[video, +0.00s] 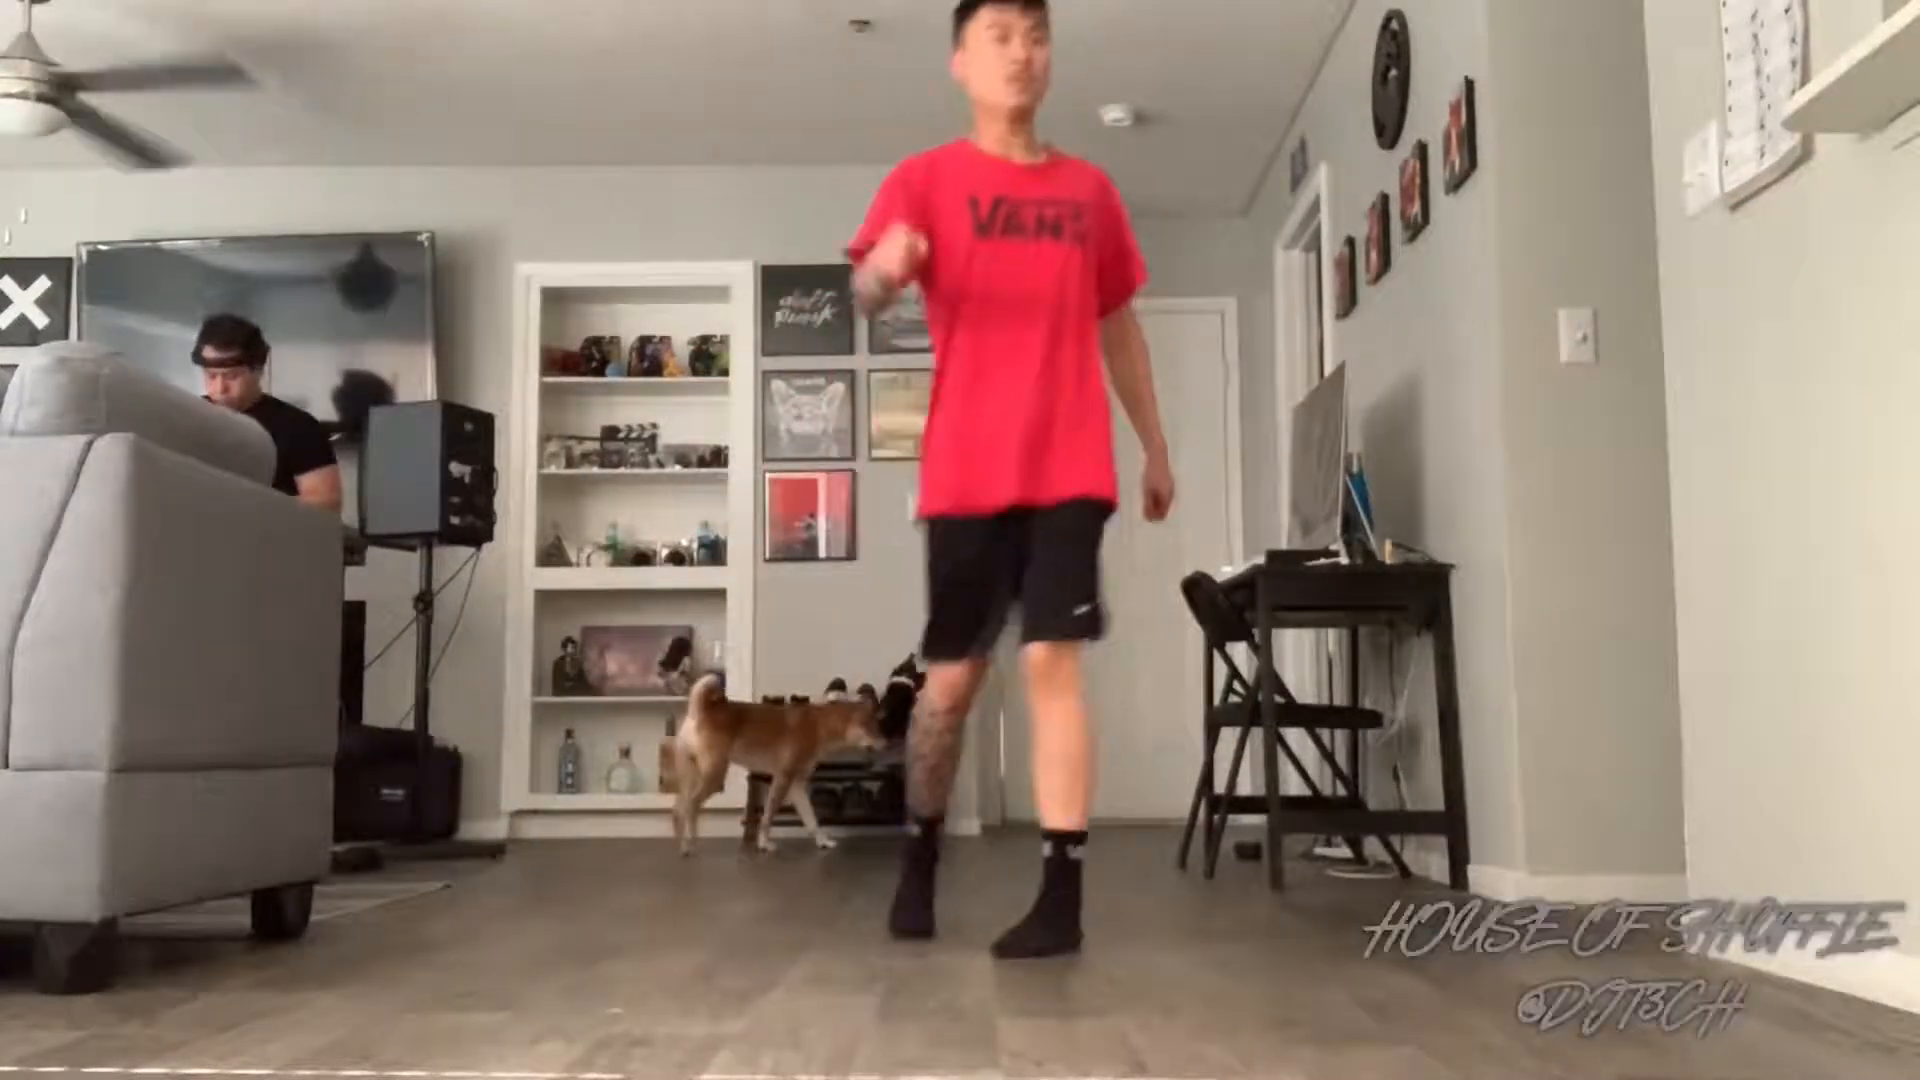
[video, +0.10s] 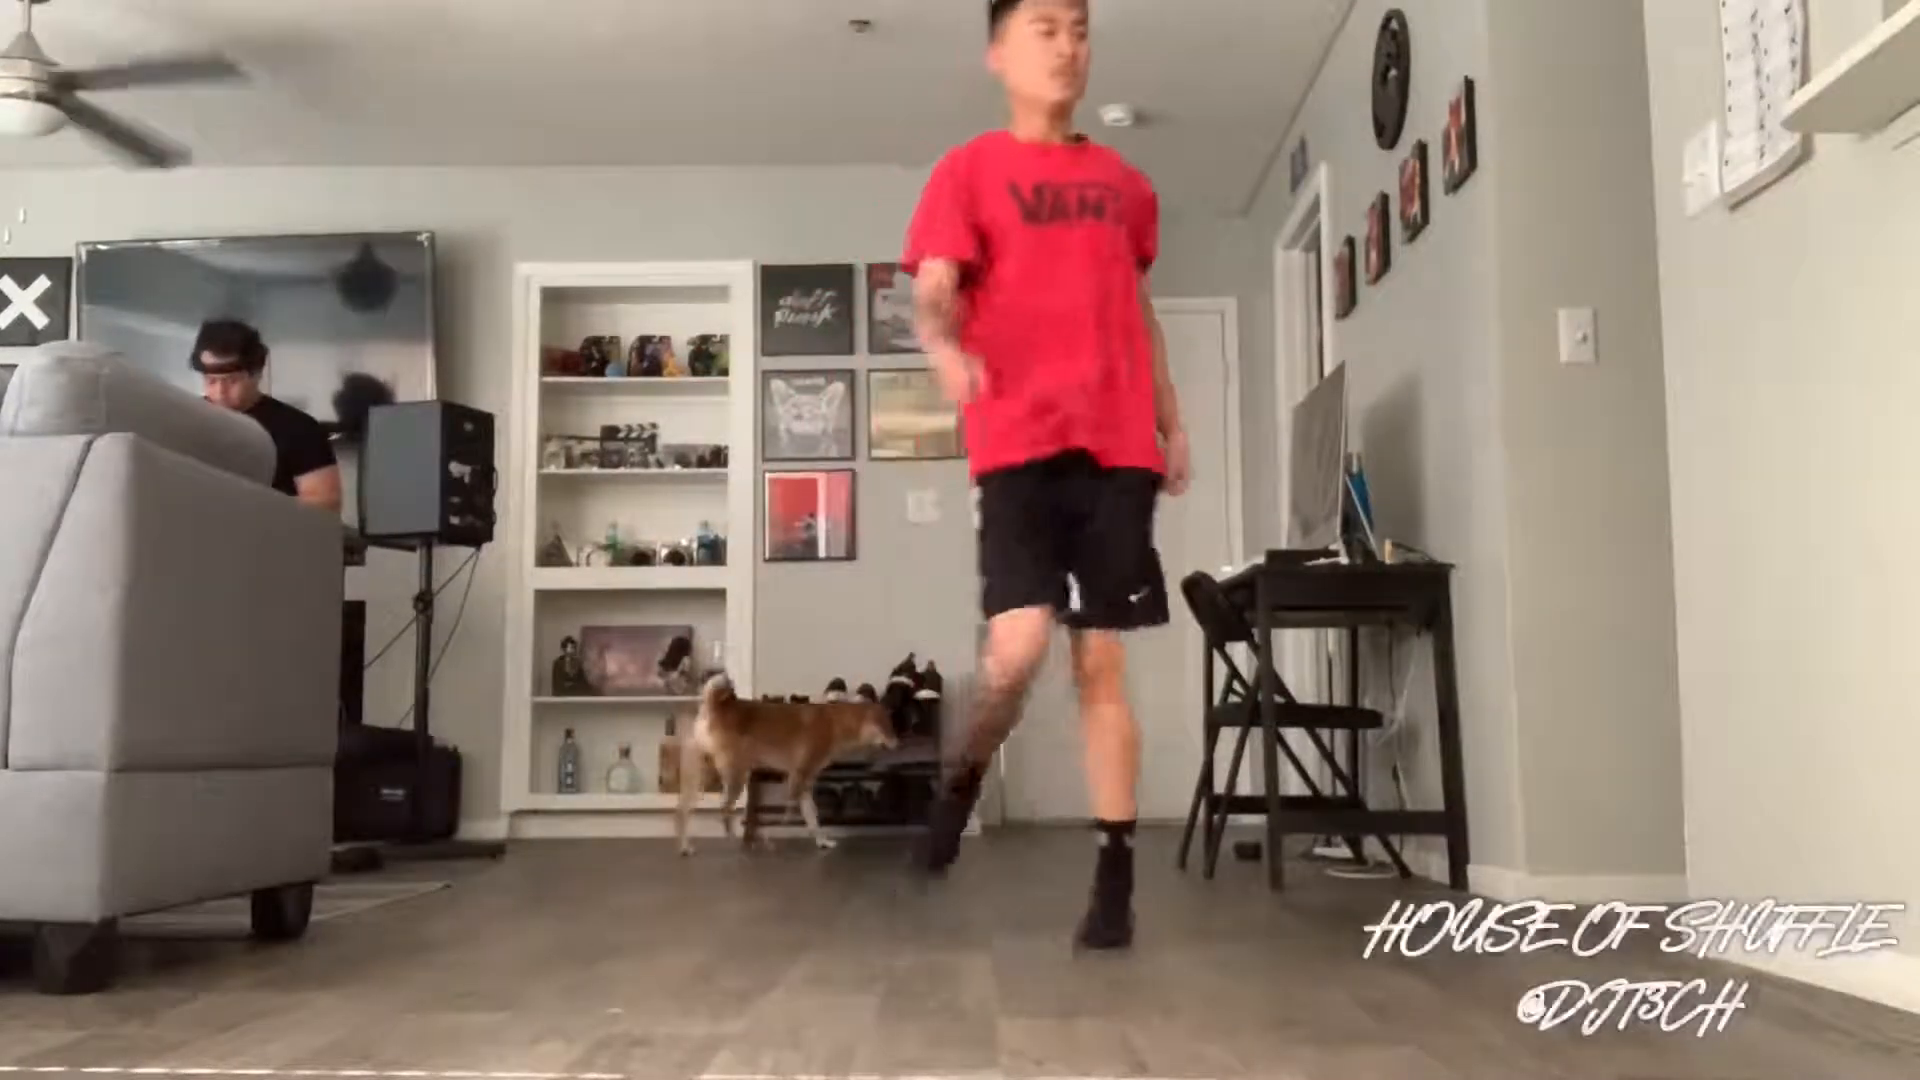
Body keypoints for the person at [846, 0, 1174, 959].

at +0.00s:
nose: (1023, 54)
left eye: (1036, 38)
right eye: (1000, 38)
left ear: (1053, 61)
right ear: (959, 63)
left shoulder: (1088, 187)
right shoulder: (924, 181)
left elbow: (1120, 326)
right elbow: (869, 286)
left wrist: (1154, 445)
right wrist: (887, 266)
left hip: (1070, 458)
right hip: (968, 461)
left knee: (1051, 661)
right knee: (951, 683)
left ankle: (1060, 898)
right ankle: (919, 863)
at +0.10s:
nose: (1067, 46)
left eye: (1078, 33)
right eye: (1046, 31)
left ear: (1091, 57)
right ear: (997, 55)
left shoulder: (1123, 180)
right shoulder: (969, 170)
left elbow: (1135, 305)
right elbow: (930, 296)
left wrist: (1168, 418)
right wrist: (948, 355)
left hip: (1118, 444)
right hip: (1017, 441)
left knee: (1100, 665)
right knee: (1019, 653)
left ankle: (1115, 878)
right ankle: (958, 787)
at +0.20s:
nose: (1107, 51)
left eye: (1114, 39)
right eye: (1083, 39)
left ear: (1126, 71)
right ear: (1035, 74)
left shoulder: (1155, 200)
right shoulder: (1008, 190)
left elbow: (1162, 322)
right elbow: (962, 333)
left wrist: (1198, 367)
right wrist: (976, 436)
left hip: (1151, 455)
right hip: (1058, 451)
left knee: (1132, 675)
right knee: (1120, 614)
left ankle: (1130, 883)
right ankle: (1022, 745)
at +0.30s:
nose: (1130, 37)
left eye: (1136, 25)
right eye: (1106, 23)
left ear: (1145, 52)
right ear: (1055, 54)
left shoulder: (1179, 171)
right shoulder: (1027, 173)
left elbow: (1200, 303)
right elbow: (987, 328)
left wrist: (1232, 302)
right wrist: (992, 452)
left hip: (1182, 437)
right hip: (1090, 437)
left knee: (1142, 661)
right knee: (1194, 618)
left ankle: (1119, 871)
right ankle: (1154, 817)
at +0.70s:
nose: (1167, 39)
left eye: (1170, 25)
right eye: (1144, 23)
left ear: (1166, 53)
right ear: (1087, 52)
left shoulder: (1155, 174)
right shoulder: (1066, 148)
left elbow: (1158, 334)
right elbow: (1002, 271)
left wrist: (1220, 429)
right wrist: (1112, 301)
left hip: (1182, 445)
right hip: (1111, 456)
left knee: (1298, 606)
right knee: (1146, 670)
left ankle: (1129, 693)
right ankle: (1114, 887)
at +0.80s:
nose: (1146, 36)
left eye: (1151, 24)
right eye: (1122, 21)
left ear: (1153, 54)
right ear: (1068, 48)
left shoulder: (1163, 176)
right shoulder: (1038, 147)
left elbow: (1154, 317)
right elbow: (984, 286)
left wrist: (1184, 433)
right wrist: (1101, 311)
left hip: (1165, 441)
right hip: (1093, 441)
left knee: (1184, 654)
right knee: (1186, 645)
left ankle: (1013, 771)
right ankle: (1167, 875)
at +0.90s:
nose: (1145, 71)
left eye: (1147, 59)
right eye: (1123, 56)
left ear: (1141, 90)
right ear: (1064, 82)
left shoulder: (1126, 210)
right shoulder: (1047, 189)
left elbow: (1120, 358)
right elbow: (1030, 331)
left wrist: (1167, 464)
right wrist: (1154, 350)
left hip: (1136, 477)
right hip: (1094, 475)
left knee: (1098, 688)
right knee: (1187, 670)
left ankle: (989, 861)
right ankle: (1184, 905)